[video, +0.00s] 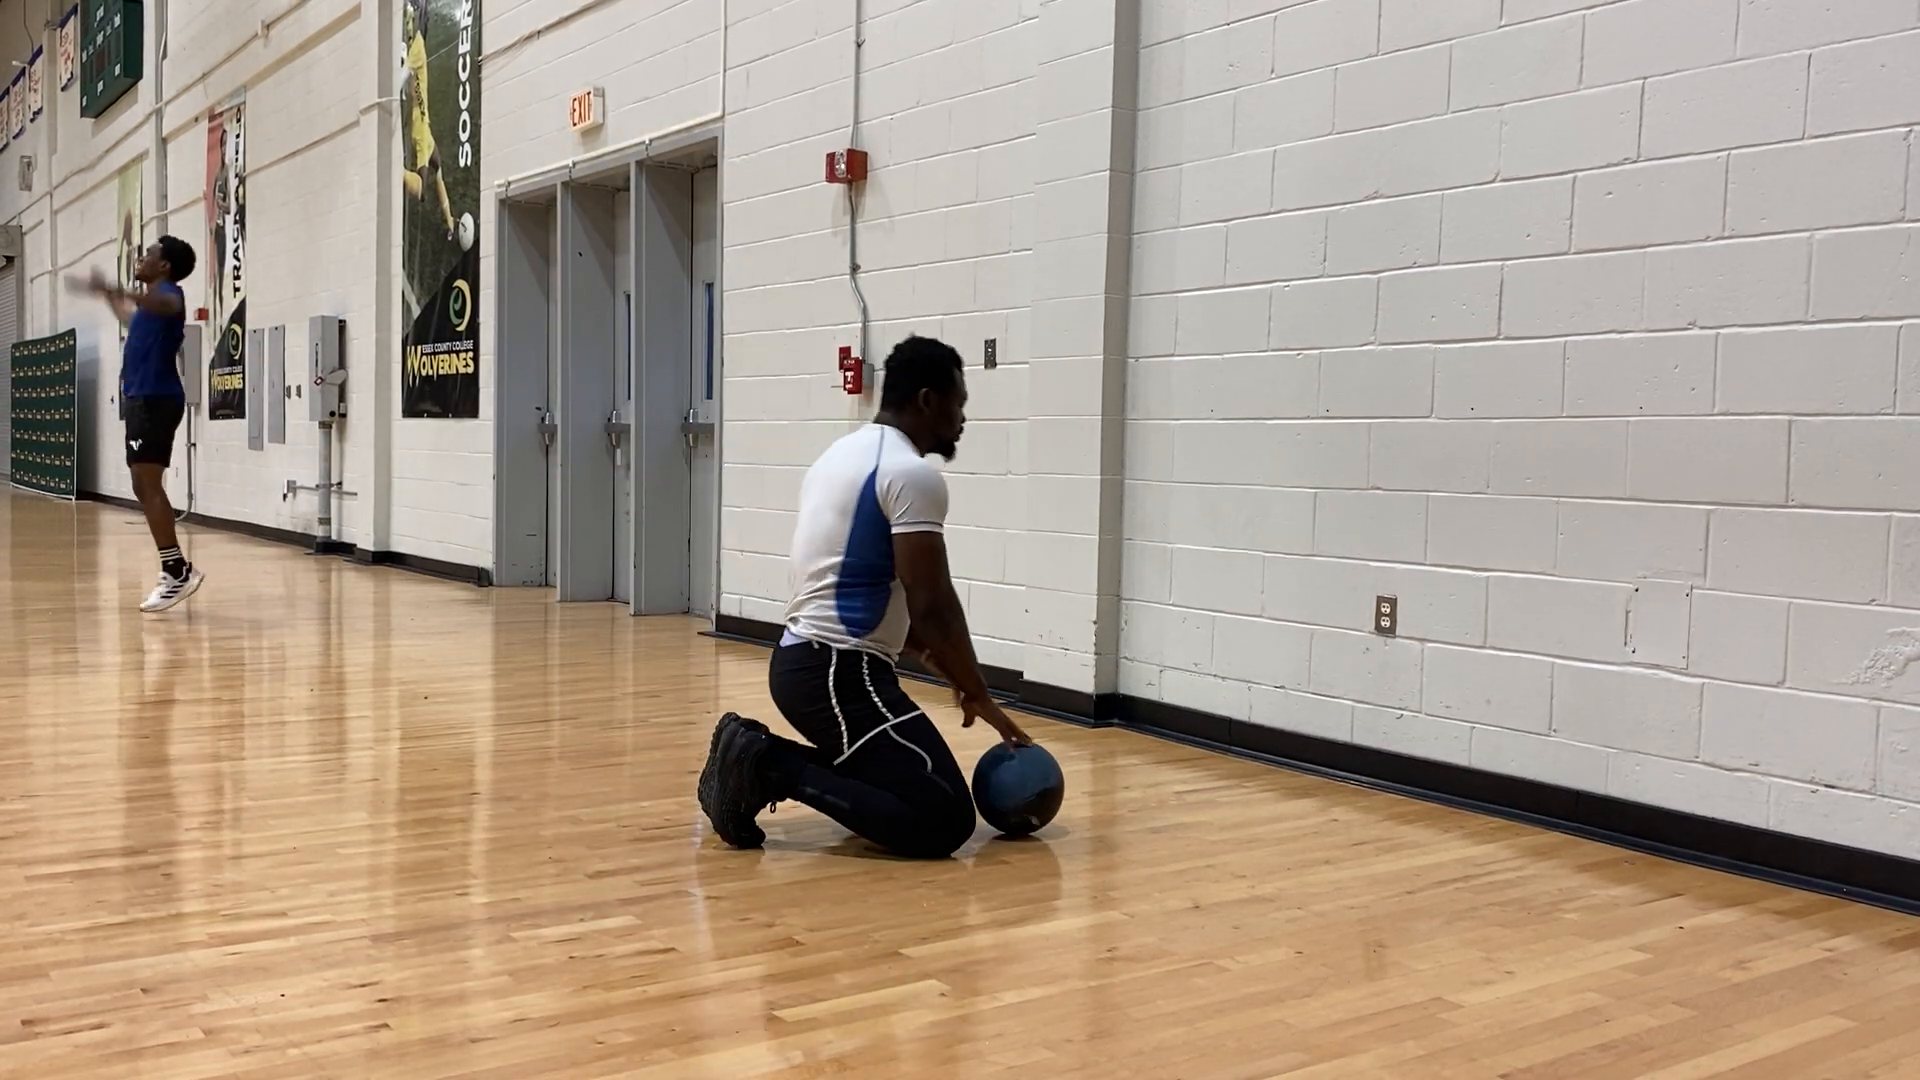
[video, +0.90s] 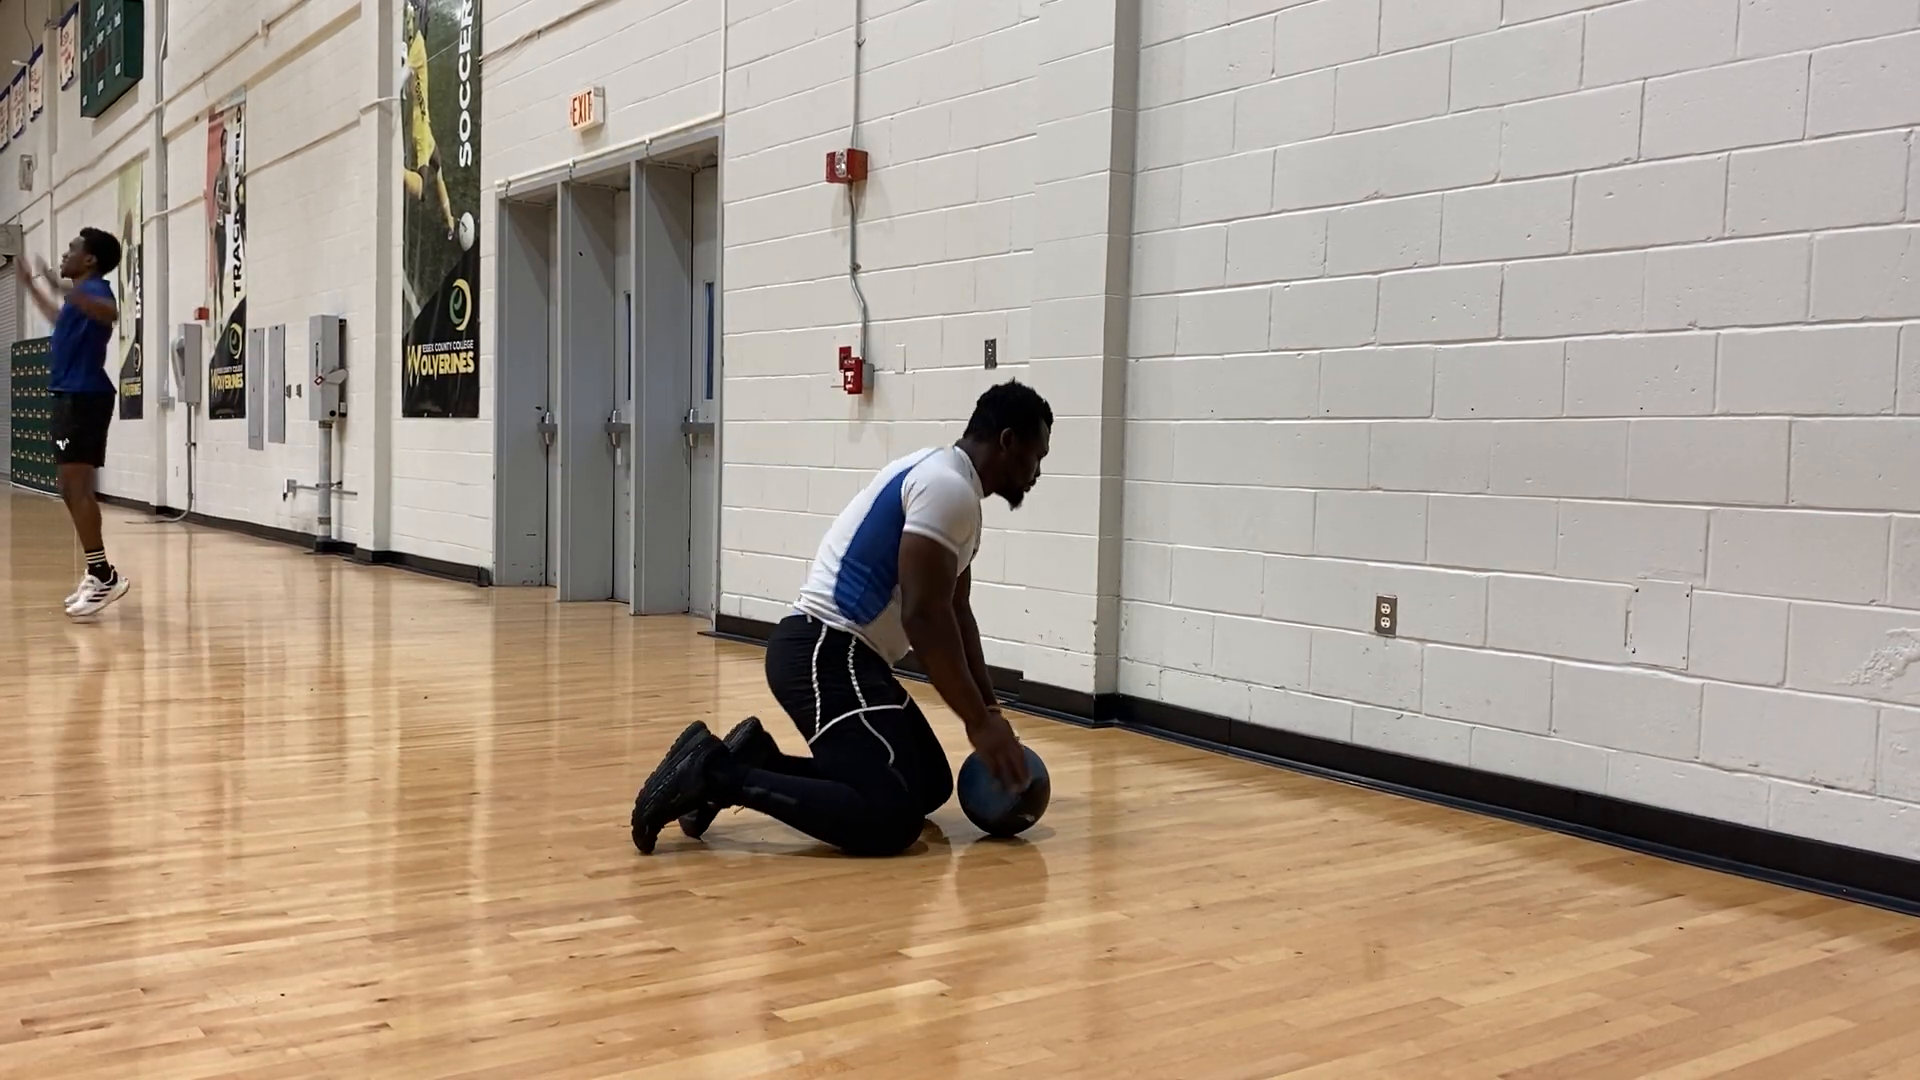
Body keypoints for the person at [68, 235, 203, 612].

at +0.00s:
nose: (142, 257)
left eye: (149, 254)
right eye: (146, 252)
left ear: (164, 264)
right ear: (163, 265)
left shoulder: (168, 292)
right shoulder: (151, 300)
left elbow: (165, 306)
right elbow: (129, 318)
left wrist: (112, 291)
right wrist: (107, 295)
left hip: (155, 399)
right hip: (143, 399)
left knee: (147, 487)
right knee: (146, 487)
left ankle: (176, 573)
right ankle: (177, 570)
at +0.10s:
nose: (130, 268)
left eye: (138, 264)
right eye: (131, 264)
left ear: (157, 275)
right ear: (140, 271)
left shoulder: (156, 303)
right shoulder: (139, 303)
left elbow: (147, 269)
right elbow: (128, 268)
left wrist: (124, 236)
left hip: (153, 408)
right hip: (139, 408)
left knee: (141, 493)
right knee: (136, 492)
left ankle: (164, 580)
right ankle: (164, 576)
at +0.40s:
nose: (109, 265)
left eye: (116, 260)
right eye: (110, 259)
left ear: (134, 268)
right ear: (122, 264)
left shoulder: (138, 297)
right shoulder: (114, 300)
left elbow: (131, 271)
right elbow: (94, 285)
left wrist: (107, 239)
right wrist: (71, 254)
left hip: (123, 401)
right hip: (111, 400)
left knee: (112, 489)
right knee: (109, 489)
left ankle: (148, 573)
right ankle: (148, 568)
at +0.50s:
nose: (98, 254)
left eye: (106, 250)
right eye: (102, 249)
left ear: (121, 262)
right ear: (117, 262)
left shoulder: (124, 291)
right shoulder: (109, 296)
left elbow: (135, 322)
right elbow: (101, 336)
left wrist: (102, 320)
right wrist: (65, 328)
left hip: (116, 397)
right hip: (103, 397)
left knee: (101, 486)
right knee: (96, 488)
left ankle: (126, 577)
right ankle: (128, 572)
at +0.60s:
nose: (84, 273)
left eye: (91, 269)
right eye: (88, 268)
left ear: (105, 281)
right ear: (104, 281)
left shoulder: (111, 314)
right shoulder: (96, 317)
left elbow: (128, 367)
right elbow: (97, 379)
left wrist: (105, 402)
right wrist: (71, 406)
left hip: (113, 416)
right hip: (98, 416)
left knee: (81, 503)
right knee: (80, 504)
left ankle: (117, 589)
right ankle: (115, 587)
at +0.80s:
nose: (71, 264)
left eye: (78, 260)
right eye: (75, 258)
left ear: (94, 270)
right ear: (91, 270)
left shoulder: (98, 305)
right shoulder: (84, 309)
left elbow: (113, 357)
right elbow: (75, 368)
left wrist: (80, 377)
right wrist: (40, 373)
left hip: (95, 413)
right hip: (83, 412)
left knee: (76, 496)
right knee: (71, 498)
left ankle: (107, 584)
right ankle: (110, 582)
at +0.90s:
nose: (65, 253)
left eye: (73, 249)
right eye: (69, 247)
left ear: (89, 259)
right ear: (85, 259)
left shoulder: (95, 288)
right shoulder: (78, 293)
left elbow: (110, 313)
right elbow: (60, 319)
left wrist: (69, 292)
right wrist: (31, 285)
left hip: (85, 396)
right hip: (71, 396)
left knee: (75, 486)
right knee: (70, 486)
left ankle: (101, 576)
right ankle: (99, 573)